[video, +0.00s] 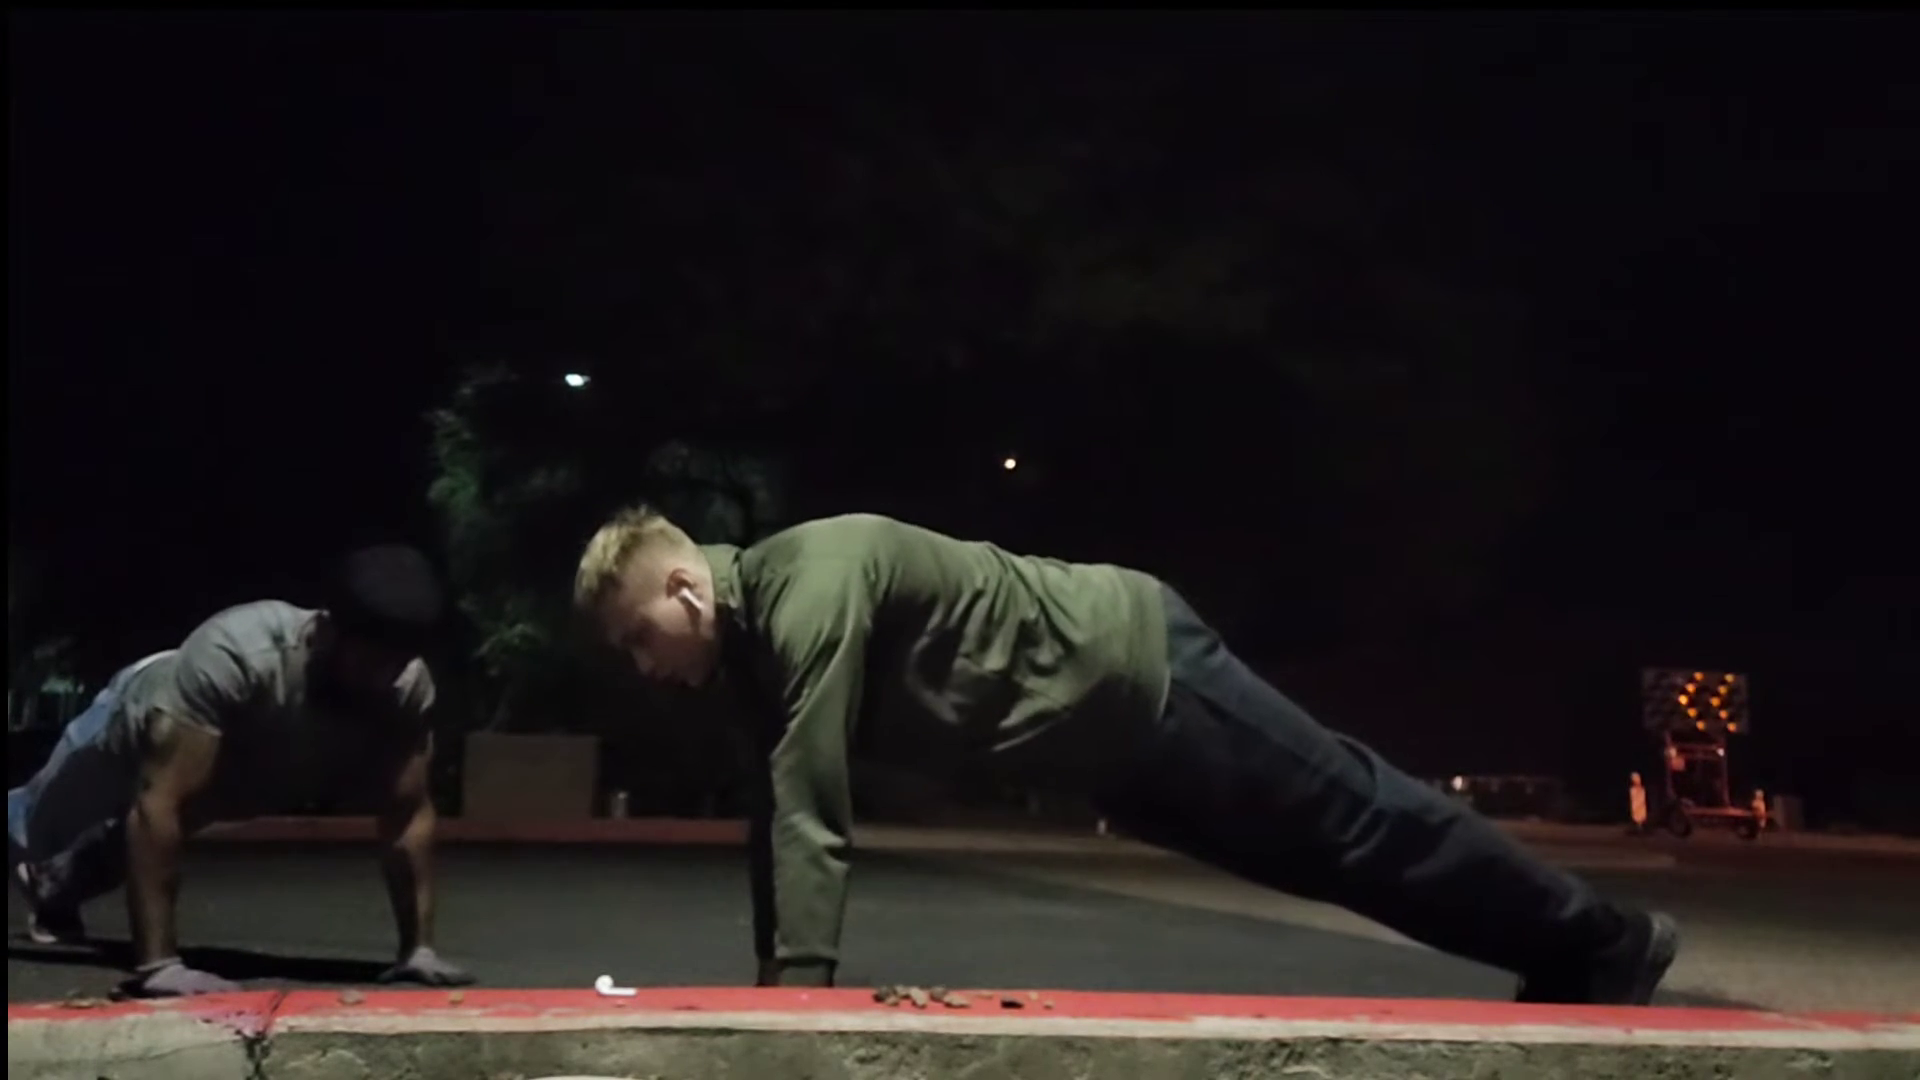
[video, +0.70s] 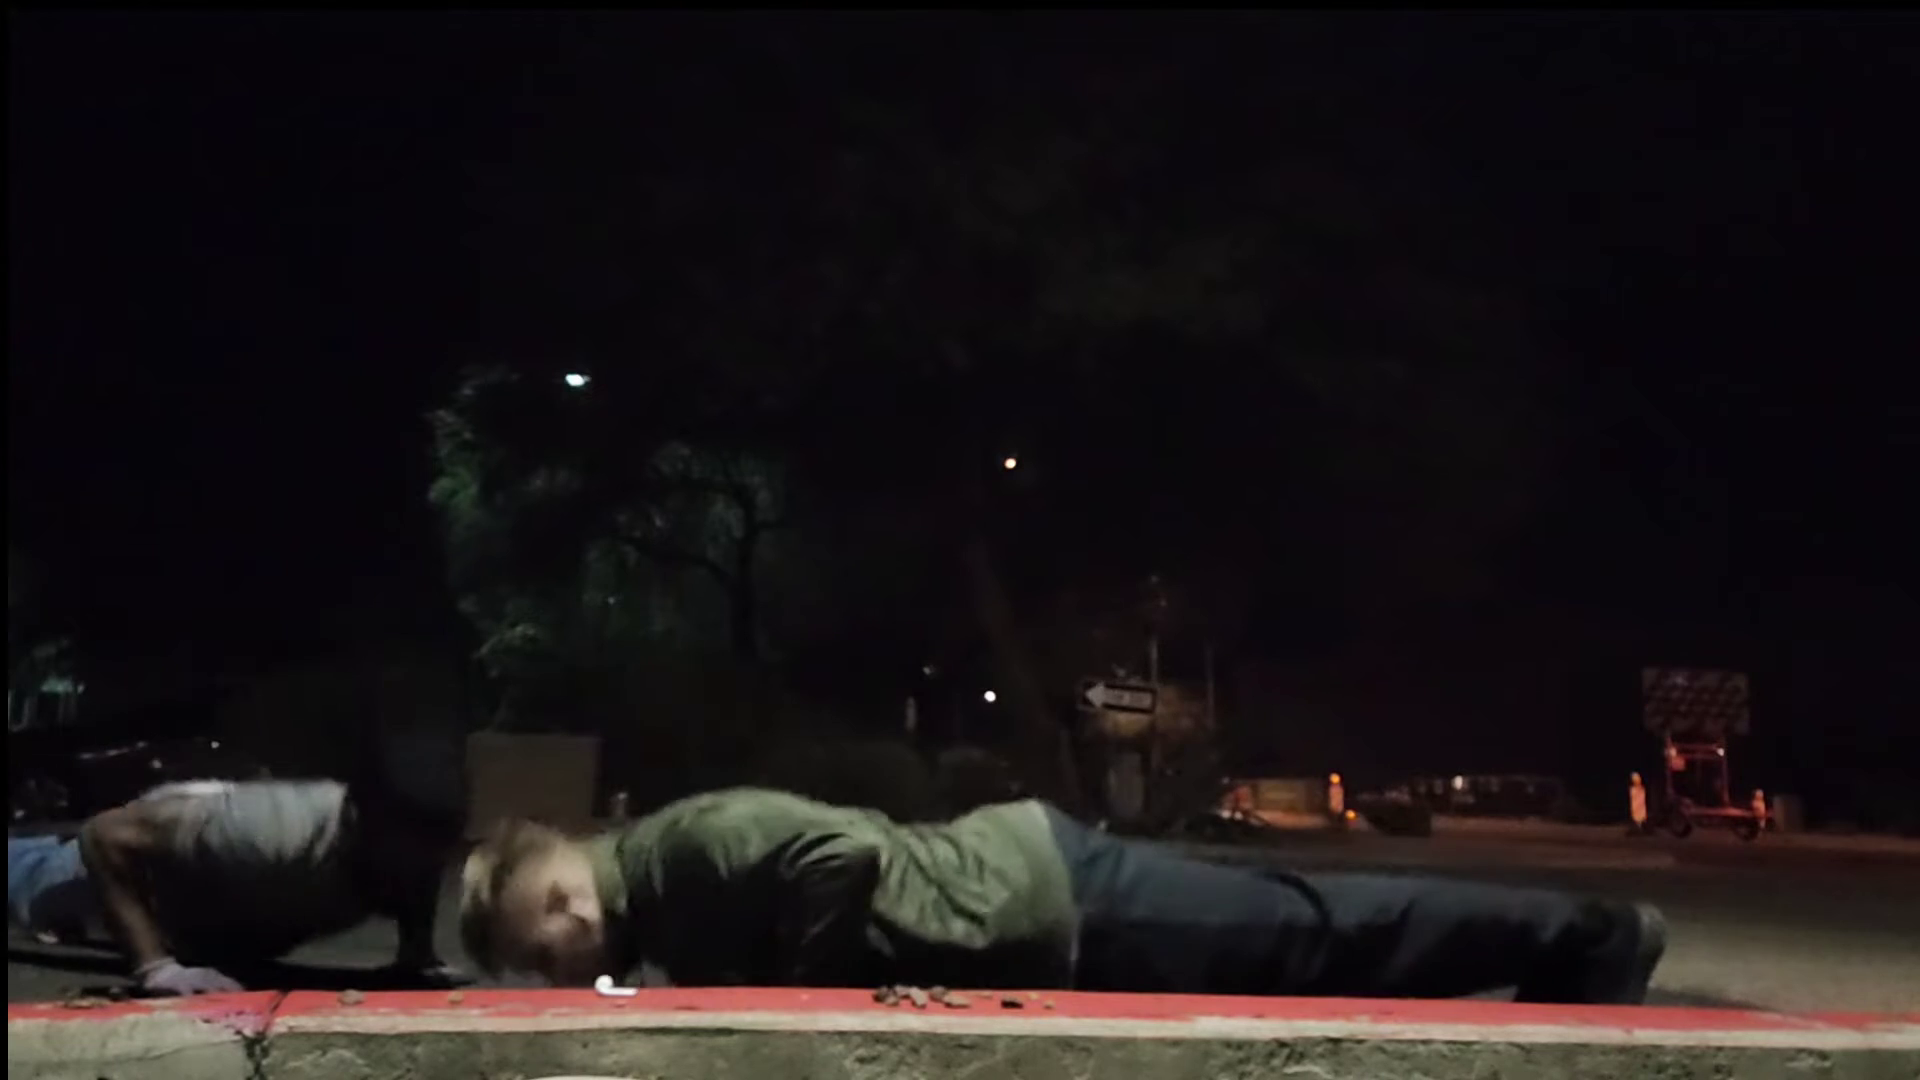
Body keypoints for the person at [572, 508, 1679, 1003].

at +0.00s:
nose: (653, 666)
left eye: (643, 639)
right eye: (636, 653)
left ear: (680, 582)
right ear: (670, 611)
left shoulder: (811, 577)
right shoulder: (766, 630)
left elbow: (808, 789)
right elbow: (779, 802)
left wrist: (803, 975)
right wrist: (784, 978)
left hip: (1138, 667)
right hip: (1102, 731)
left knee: (1362, 819)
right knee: (1328, 856)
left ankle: (1603, 938)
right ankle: (1557, 949)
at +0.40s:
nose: (593, 757)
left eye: (587, 729)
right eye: (574, 746)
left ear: (623, 675)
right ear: (598, 715)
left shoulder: (743, 677)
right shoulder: (721, 711)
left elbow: (852, 835)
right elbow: (827, 839)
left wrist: (796, 992)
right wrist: (790, 988)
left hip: (1099, 773)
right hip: (1084, 804)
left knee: (1351, 867)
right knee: (1338, 881)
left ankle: (1609, 948)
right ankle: (1582, 950)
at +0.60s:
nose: (551, 875)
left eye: (541, 844)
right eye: (526, 875)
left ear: (577, 791)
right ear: (537, 882)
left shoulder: (709, 798)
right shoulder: (677, 857)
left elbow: (862, 859)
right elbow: (827, 881)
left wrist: (785, 988)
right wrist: (808, 974)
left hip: (1061, 869)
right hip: (1040, 893)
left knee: (1323, 912)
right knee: (1305, 922)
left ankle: (1594, 942)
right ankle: (1559, 947)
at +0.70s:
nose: (569, 949)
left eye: (552, 929)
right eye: (543, 949)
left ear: (563, 873)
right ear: (534, 929)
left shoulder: (687, 846)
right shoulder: (647, 902)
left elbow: (857, 855)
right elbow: (827, 878)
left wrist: (794, 975)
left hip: (1047, 881)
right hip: (1027, 901)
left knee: (1314, 924)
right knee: (1298, 924)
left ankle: (1580, 944)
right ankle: (1557, 943)